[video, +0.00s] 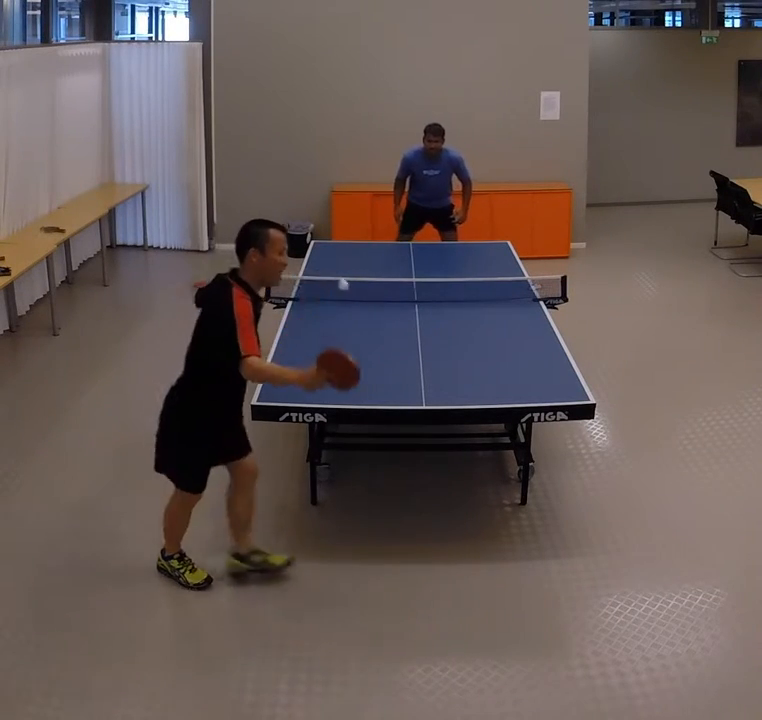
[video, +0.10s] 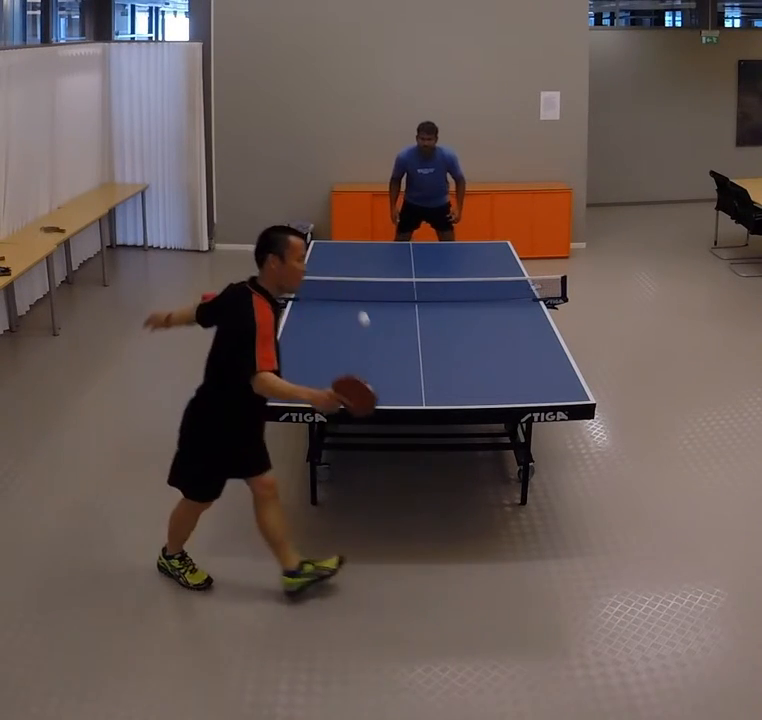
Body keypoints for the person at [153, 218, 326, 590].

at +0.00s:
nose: (286, 261)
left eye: (286, 253)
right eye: (280, 253)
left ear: (253, 257)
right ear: (254, 256)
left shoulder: (231, 285)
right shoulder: (236, 301)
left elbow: (202, 293)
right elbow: (250, 368)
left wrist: (198, 290)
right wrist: (301, 377)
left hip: (220, 406)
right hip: (193, 409)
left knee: (245, 470)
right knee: (189, 490)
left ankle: (243, 551)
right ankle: (170, 555)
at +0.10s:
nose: (304, 269)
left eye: (304, 261)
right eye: (298, 261)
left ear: (272, 263)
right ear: (272, 263)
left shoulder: (240, 294)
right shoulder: (257, 310)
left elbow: (200, 311)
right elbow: (262, 381)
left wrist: (168, 318)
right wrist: (313, 396)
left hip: (240, 417)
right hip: (217, 419)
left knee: (265, 487)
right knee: (199, 494)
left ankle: (293, 569)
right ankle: (171, 556)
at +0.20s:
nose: (329, 276)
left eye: (329, 268)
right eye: (324, 268)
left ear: (299, 269)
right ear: (300, 269)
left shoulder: (262, 303)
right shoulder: (285, 320)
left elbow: (216, 334)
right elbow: (276, 393)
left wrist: (173, 354)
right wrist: (338, 410)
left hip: (270, 428)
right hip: (243, 432)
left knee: (293, 494)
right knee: (225, 511)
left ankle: (312, 581)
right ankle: (174, 551)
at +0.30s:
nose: (351, 278)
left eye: (349, 270)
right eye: (348, 271)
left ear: (313, 273)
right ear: (335, 274)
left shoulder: (285, 310)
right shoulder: (315, 327)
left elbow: (241, 351)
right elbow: (301, 400)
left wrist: (203, 378)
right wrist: (354, 412)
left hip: (278, 433)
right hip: (279, 443)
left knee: (324, 497)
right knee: (275, 533)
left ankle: (318, 583)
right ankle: (202, 551)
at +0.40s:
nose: (364, 275)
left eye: (363, 269)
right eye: (363, 269)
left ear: (323, 271)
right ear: (357, 273)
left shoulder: (299, 313)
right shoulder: (348, 328)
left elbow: (258, 359)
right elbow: (340, 401)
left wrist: (228, 394)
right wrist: (389, 438)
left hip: (281, 435)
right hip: (310, 442)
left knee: (325, 507)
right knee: (348, 522)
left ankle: (319, 584)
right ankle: (269, 573)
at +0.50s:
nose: (381, 276)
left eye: (378, 270)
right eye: (381, 270)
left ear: (338, 273)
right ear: (377, 275)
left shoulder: (312, 317)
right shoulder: (377, 331)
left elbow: (273, 364)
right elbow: (373, 399)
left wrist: (248, 400)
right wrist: (415, 445)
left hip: (303, 444)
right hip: (345, 448)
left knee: (338, 508)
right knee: (398, 512)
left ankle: (327, 584)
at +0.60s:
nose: (400, 283)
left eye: (393, 277)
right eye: (399, 277)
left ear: (356, 282)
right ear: (395, 283)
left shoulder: (327, 328)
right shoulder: (404, 339)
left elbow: (292, 378)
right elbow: (407, 405)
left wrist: (275, 413)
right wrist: (444, 444)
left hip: (330, 454)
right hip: (382, 459)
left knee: (342, 521)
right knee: (431, 530)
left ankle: (351, 597)